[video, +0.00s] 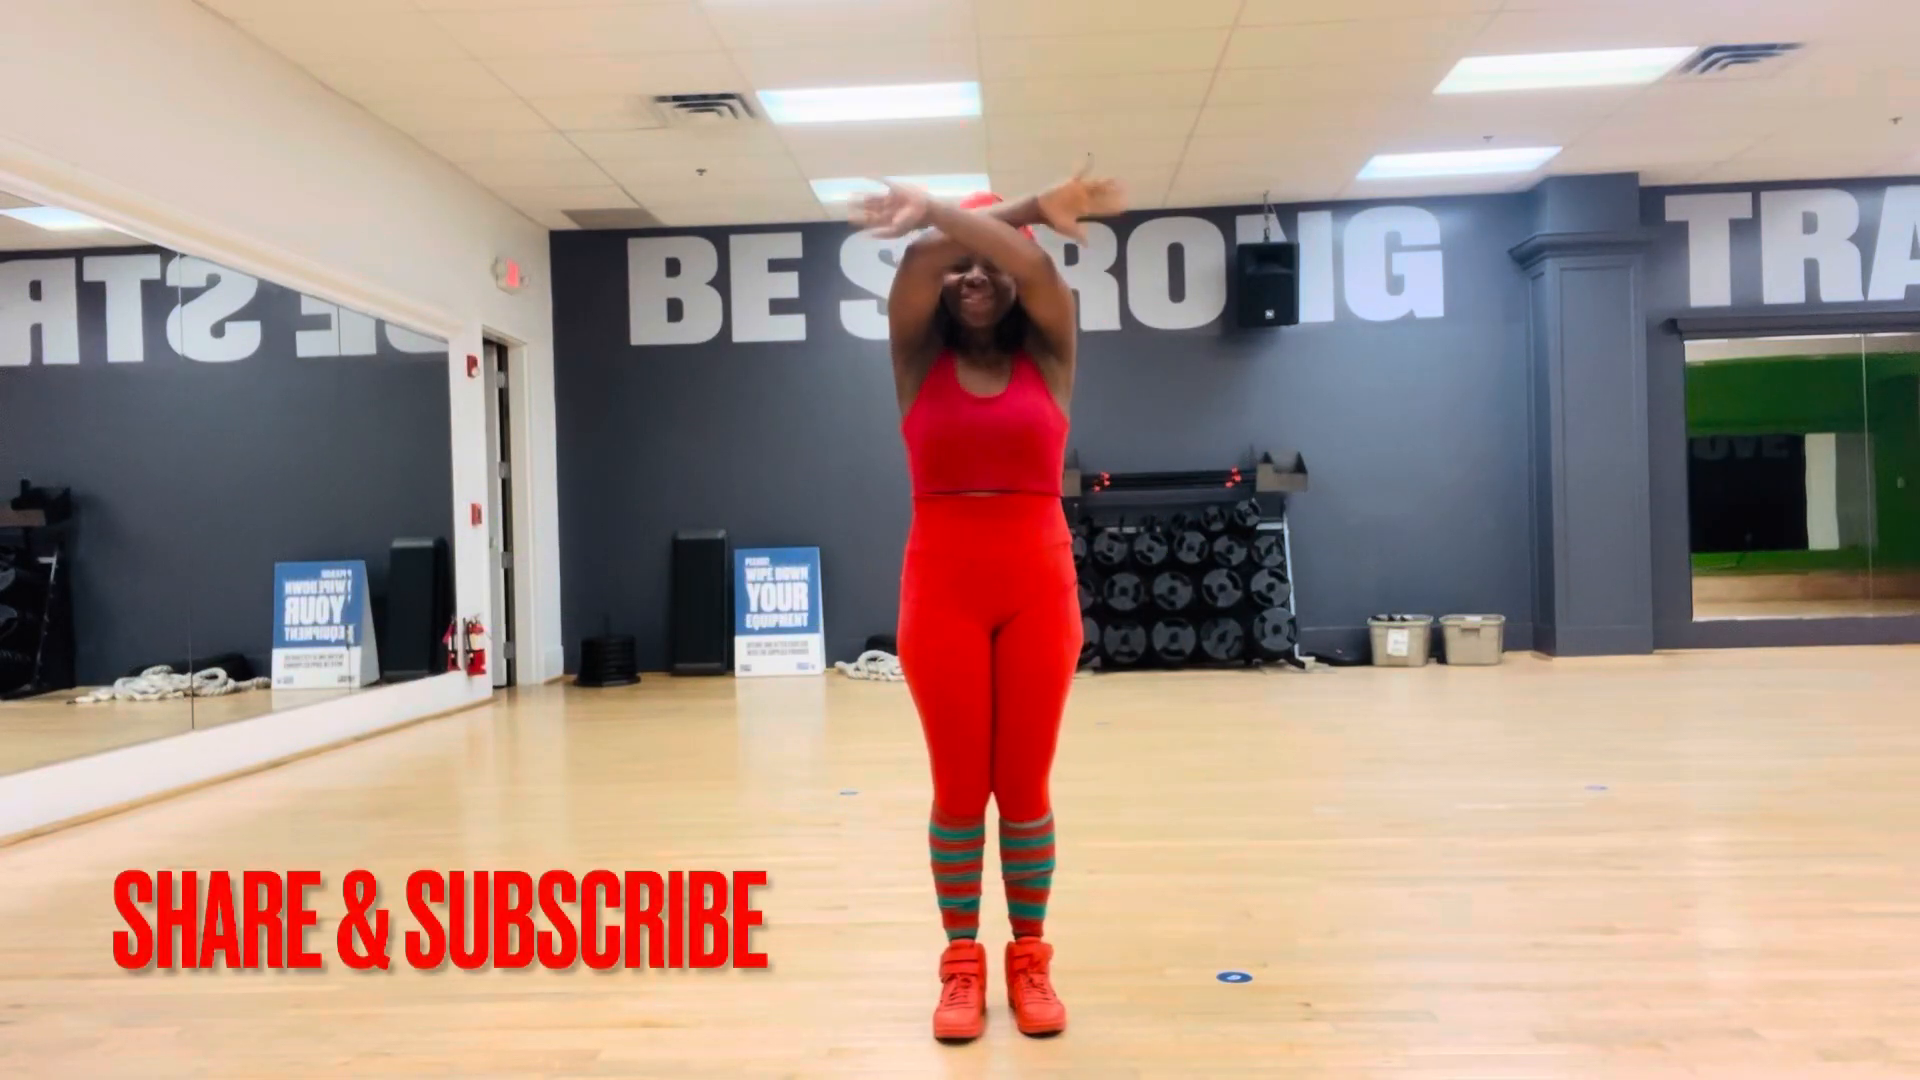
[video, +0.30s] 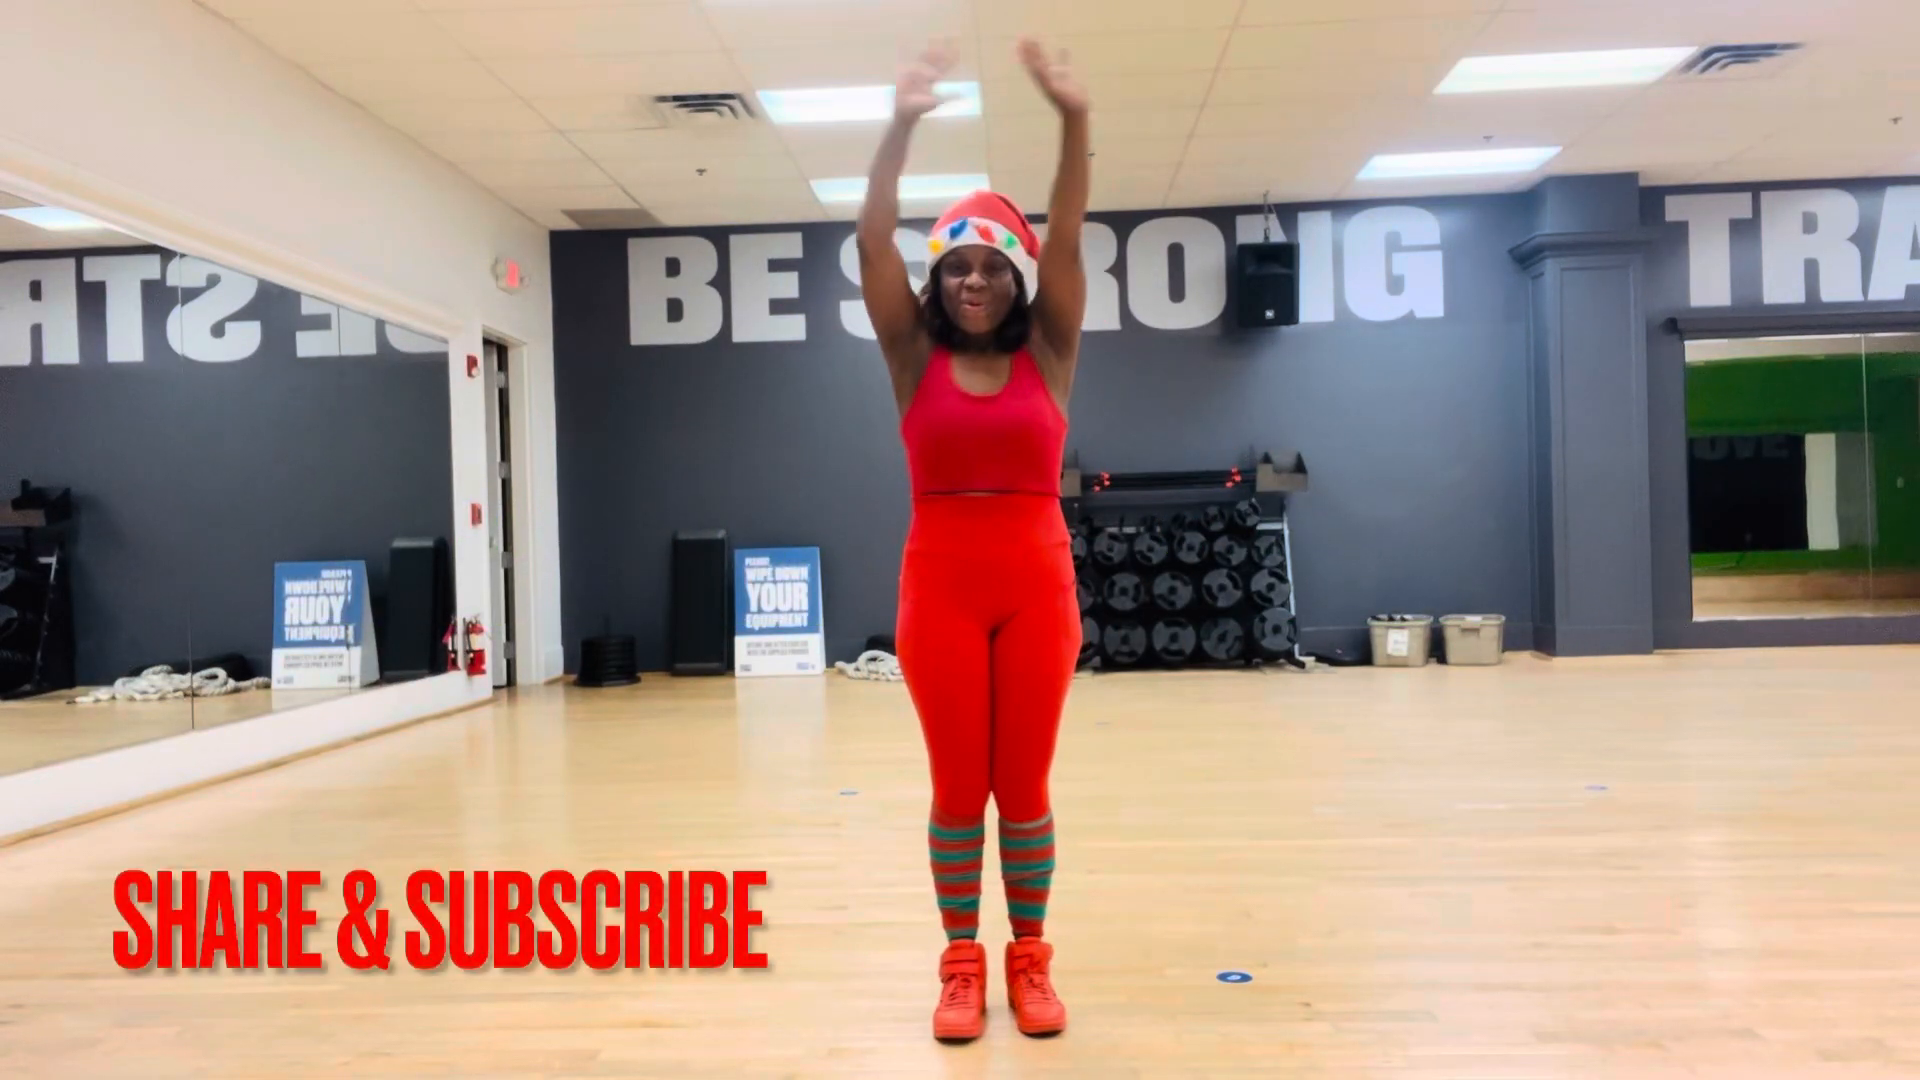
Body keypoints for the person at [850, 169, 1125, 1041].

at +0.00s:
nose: (970, 285)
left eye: (985, 276)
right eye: (956, 275)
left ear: (1015, 289)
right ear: (936, 294)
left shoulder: (1049, 354)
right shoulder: (919, 357)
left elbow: (1029, 268)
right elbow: (924, 260)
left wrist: (932, 208)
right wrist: (1037, 207)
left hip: (1039, 586)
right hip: (941, 587)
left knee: (1023, 783)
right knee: (959, 784)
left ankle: (1030, 964)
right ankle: (962, 967)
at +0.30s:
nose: (972, 284)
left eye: (989, 271)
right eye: (957, 271)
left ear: (1018, 282)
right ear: (936, 285)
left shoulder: (1048, 353)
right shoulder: (913, 355)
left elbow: (1064, 239)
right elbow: (872, 238)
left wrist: (1075, 121)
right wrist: (901, 123)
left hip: (1039, 589)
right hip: (939, 593)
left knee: (1024, 782)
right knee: (958, 781)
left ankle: (1030, 959)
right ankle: (963, 964)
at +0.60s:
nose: (970, 283)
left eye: (987, 269)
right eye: (954, 269)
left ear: (1015, 279)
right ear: (933, 279)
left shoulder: (1051, 345)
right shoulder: (903, 349)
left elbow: (1130, 254)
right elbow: (813, 257)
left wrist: (1223, 171)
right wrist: (738, 163)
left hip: (1037, 587)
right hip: (938, 591)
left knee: (1022, 783)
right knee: (958, 784)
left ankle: (1031, 961)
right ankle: (962, 966)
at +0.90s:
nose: (966, 284)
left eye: (984, 272)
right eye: (952, 271)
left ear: (1014, 286)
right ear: (931, 284)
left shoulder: (1055, 351)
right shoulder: (898, 354)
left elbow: (1172, 321)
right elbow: (772, 323)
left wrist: (1291, 300)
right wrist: (667, 290)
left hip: (1032, 589)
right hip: (934, 592)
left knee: (1019, 784)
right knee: (955, 786)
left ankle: (1030, 960)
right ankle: (961, 963)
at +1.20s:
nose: (968, 280)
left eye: (985, 268)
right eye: (954, 267)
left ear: (1013, 282)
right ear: (933, 280)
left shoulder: (1051, 361)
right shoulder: (896, 364)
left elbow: (1170, 396)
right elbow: (779, 408)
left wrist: (1276, 430)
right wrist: (678, 442)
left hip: (1031, 589)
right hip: (932, 593)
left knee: (1019, 785)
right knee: (954, 787)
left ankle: (1030, 959)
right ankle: (962, 965)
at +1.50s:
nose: (966, 283)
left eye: (985, 270)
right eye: (953, 266)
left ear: (1012, 285)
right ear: (932, 277)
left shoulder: (1050, 373)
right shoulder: (894, 374)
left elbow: (1126, 475)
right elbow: (827, 485)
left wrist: (1202, 569)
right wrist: (764, 576)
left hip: (1030, 590)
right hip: (931, 592)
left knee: (1019, 785)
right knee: (954, 786)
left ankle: (1030, 963)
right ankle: (962, 965)